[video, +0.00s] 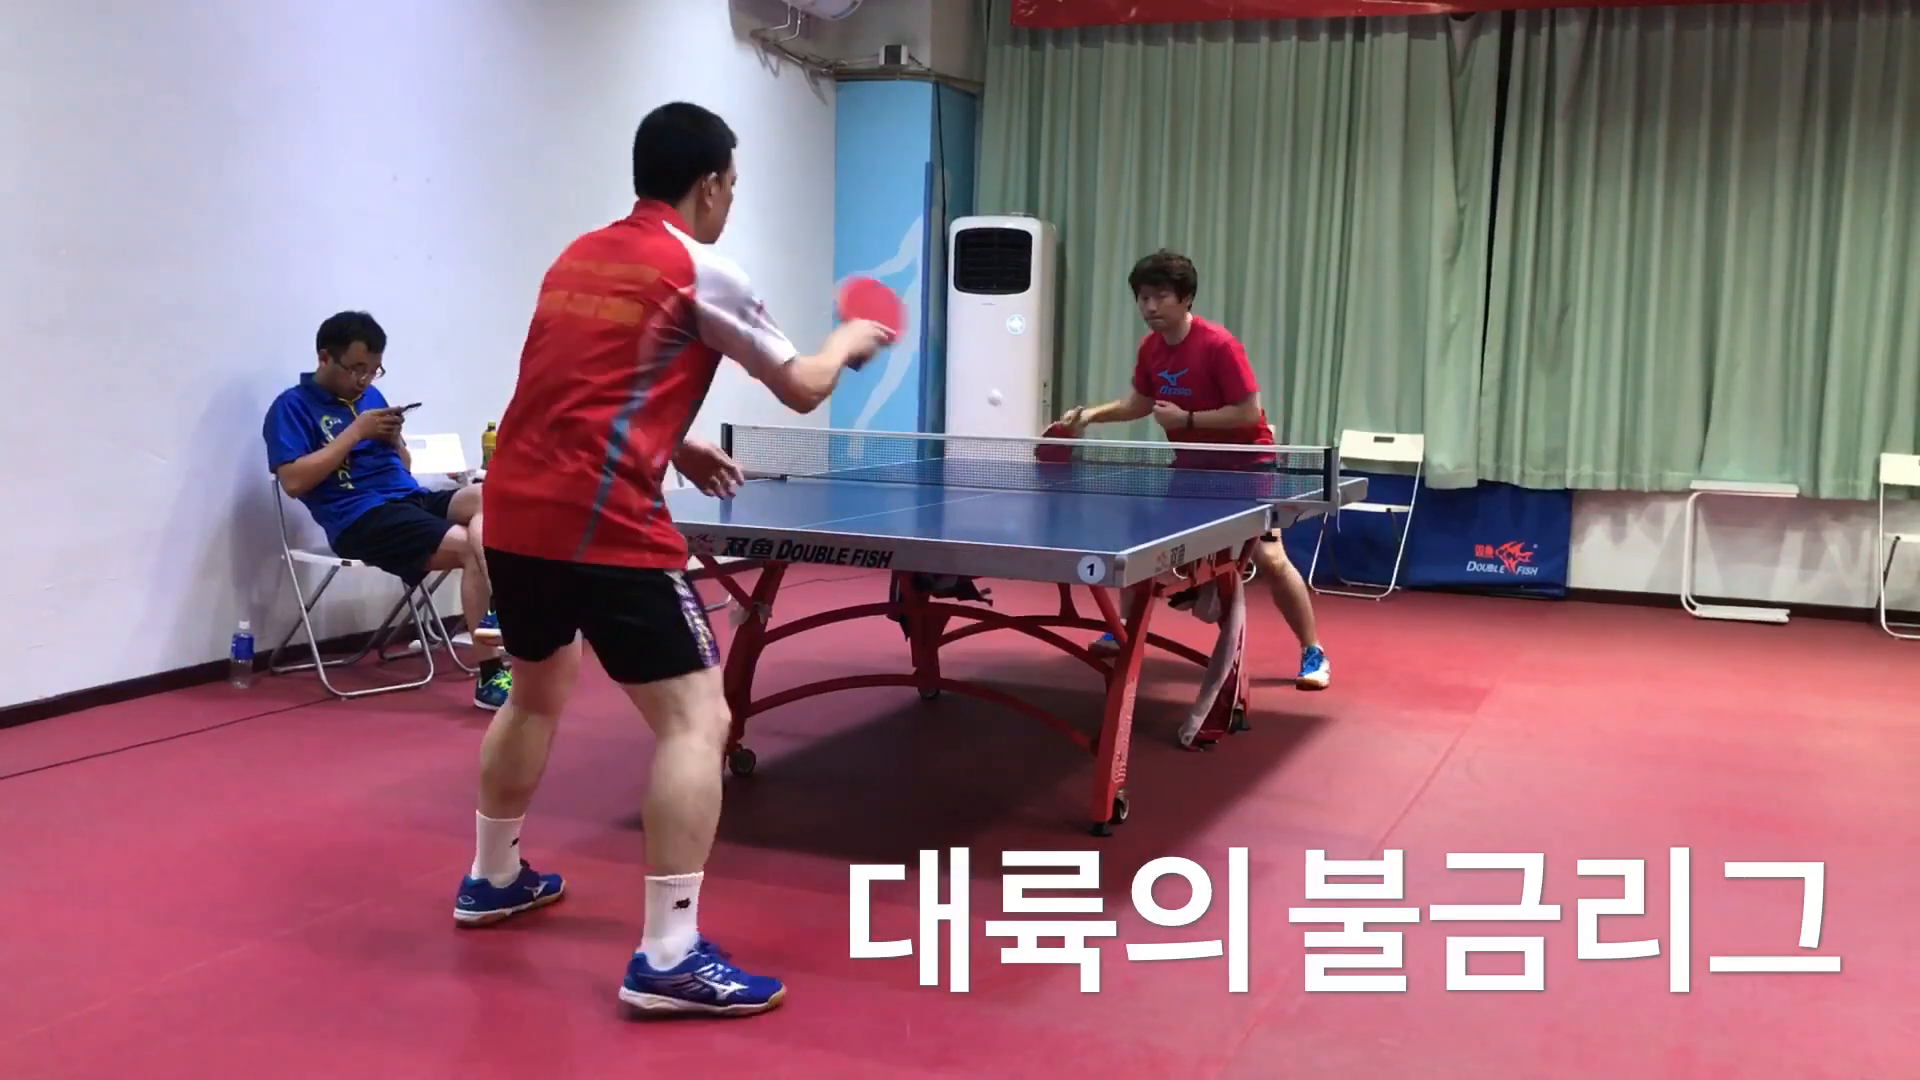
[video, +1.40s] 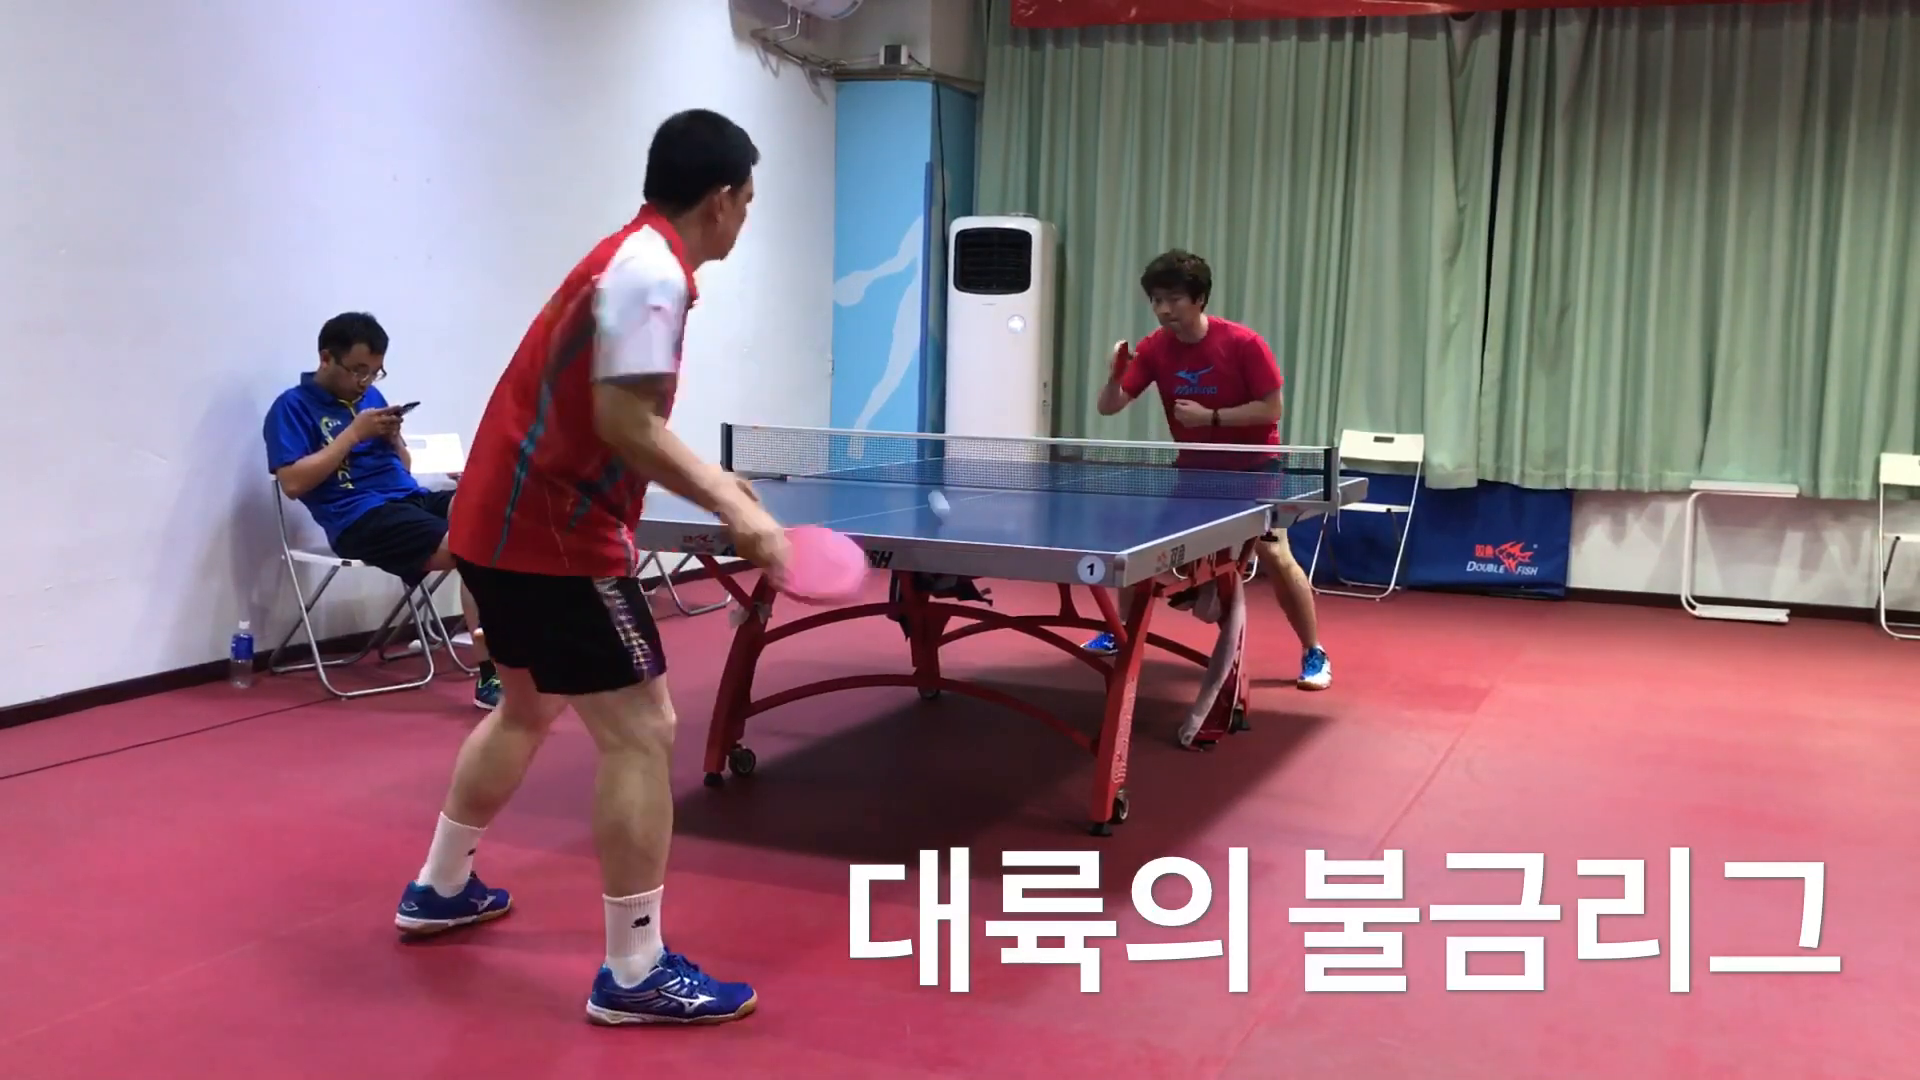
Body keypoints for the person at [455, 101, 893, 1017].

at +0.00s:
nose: (729, 202)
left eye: (729, 185)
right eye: (729, 185)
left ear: (642, 178)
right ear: (707, 185)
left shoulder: (575, 255)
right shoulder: (701, 271)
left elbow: (578, 387)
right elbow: (800, 387)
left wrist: (676, 445)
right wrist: (851, 338)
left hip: (509, 522)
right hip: (608, 527)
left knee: (535, 694)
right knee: (694, 720)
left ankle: (491, 877)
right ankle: (668, 954)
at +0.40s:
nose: (753, 197)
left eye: (751, 182)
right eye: (755, 182)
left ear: (668, 171)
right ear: (739, 183)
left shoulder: (610, 247)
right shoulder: (709, 264)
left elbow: (618, 396)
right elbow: (761, 418)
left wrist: (715, 452)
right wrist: (838, 453)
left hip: (512, 512)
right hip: (600, 528)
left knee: (538, 691)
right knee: (658, 729)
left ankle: (472, 883)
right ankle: (664, 966)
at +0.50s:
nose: (758, 224)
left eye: (759, 208)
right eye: (759, 207)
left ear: (680, 193)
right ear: (738, 206)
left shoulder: (639, 263)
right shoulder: (676, 278)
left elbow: (663, 420)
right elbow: (682, 430)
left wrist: (751, 464)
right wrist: (798, 504)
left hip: (512, 525)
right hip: (577, 536)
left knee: (550, 710)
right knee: (657, 729)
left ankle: (470, 889)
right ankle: (664, 966)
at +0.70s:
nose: (726, 221)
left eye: (730, 205)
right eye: (726, 202)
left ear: (668, 181)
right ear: (694, 190)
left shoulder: (631, 250)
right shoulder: (615, 235)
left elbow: (591, 384)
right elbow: (557, 358)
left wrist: (654, 456)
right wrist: (695, 402)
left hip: (526, 519)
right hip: (560, 522)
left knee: (552, 705)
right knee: (640, 714)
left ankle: (471, 887)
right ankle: (664, 952)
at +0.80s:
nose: (704, 190)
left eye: (705, 173)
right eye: (704, 172)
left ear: (625, 155)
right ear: (677, 164)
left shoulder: (579, 217)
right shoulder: (619, 219)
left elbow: (557, 375)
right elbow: (666, 359)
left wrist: (631, 447)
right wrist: (727, 333)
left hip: (504, 500)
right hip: (565, 502)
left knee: (539, 693)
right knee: (644, 697)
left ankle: (470, 884)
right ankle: (647, 939)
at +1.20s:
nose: (707, 186)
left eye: (704, 173)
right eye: (705, 173)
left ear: (612, 172)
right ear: (690, 178)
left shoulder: (551, 255)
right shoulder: (692, 274)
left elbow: (540, 406)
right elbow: (751, 425)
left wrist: (651, 458)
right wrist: (797, 423)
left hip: (499, 526)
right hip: (600, 544)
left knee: (518, 684)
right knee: (677, 734)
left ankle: (462, 871)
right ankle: (638, 967)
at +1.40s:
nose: (747, 215)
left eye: (747, 197)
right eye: (746, 197)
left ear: (666, 190)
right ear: (718, 198)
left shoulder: (629, 257)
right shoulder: (652, 269)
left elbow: (629, 422)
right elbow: (625, 422)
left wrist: (732, 499)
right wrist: (737, 506)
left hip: (499, 530)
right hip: (555, 542)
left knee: (525, 708)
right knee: (641, 733)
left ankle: (439, 885)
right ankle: (635, 970)